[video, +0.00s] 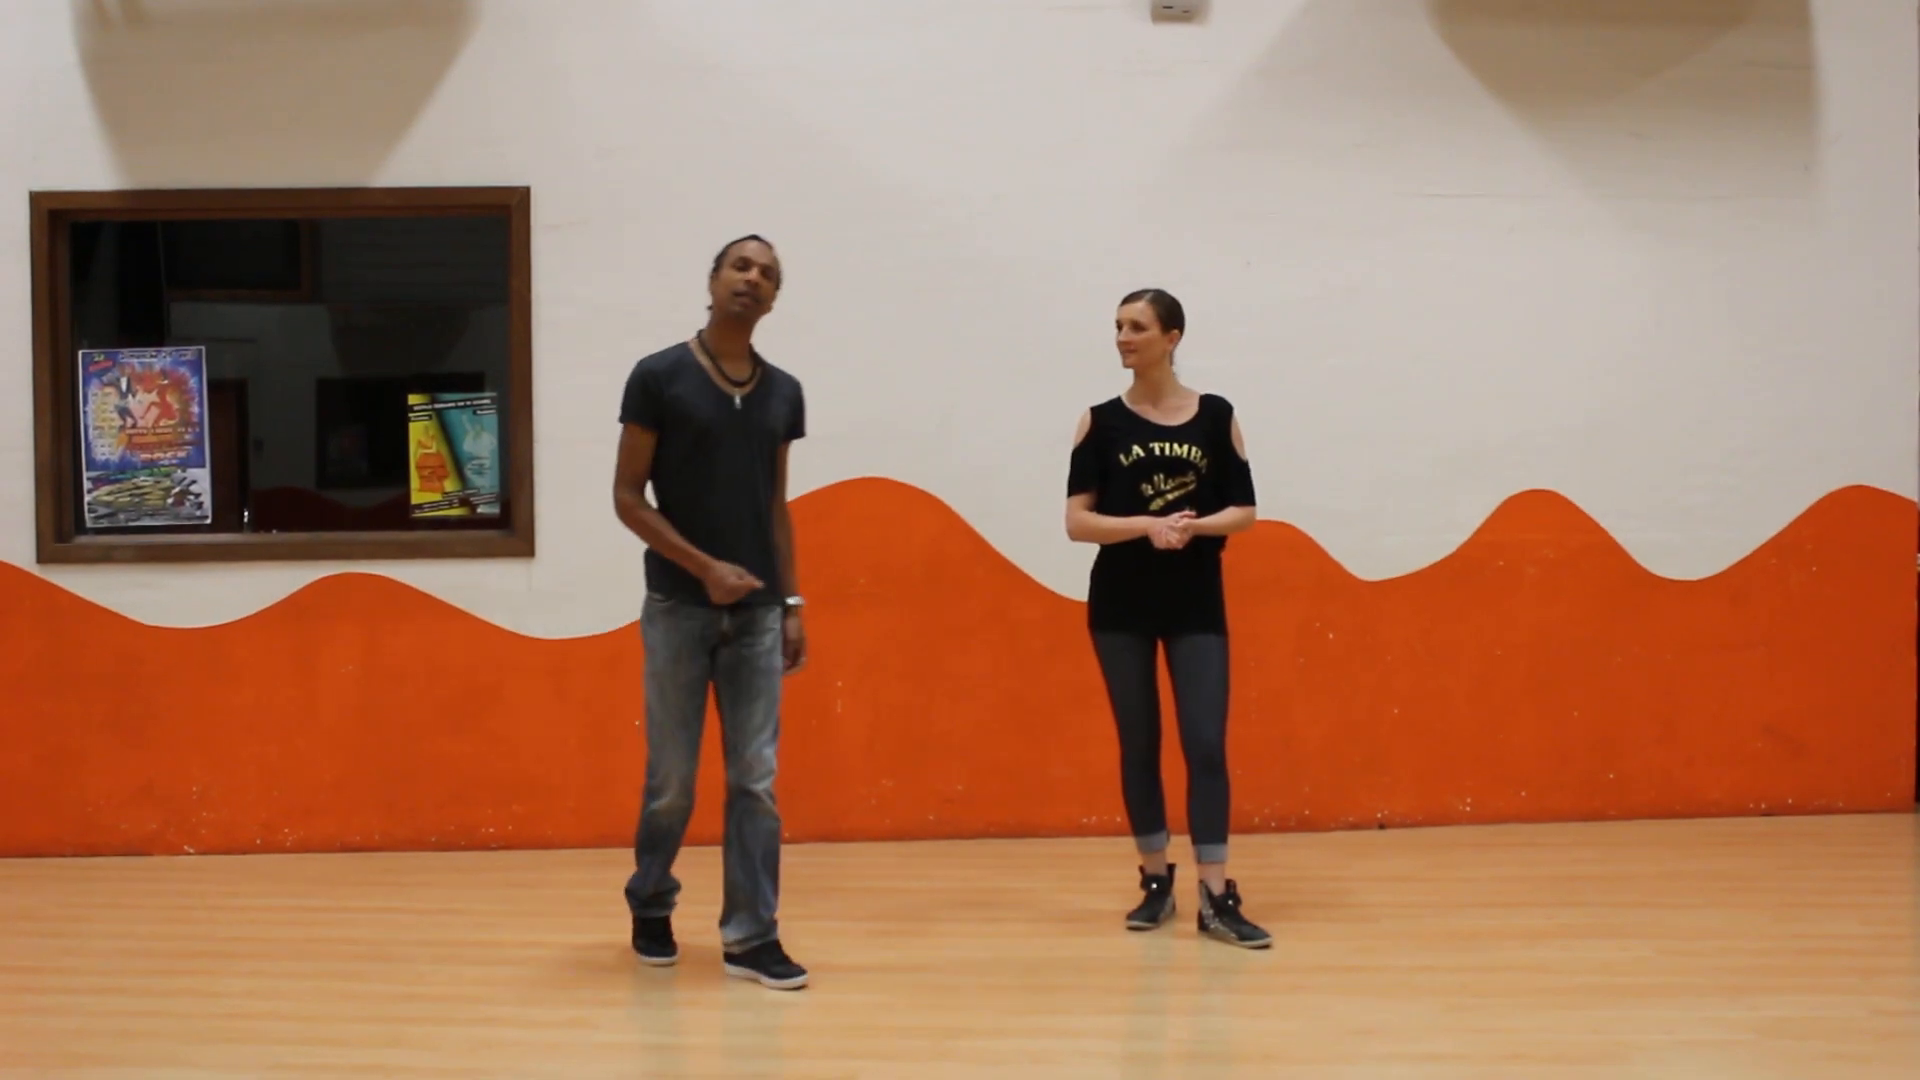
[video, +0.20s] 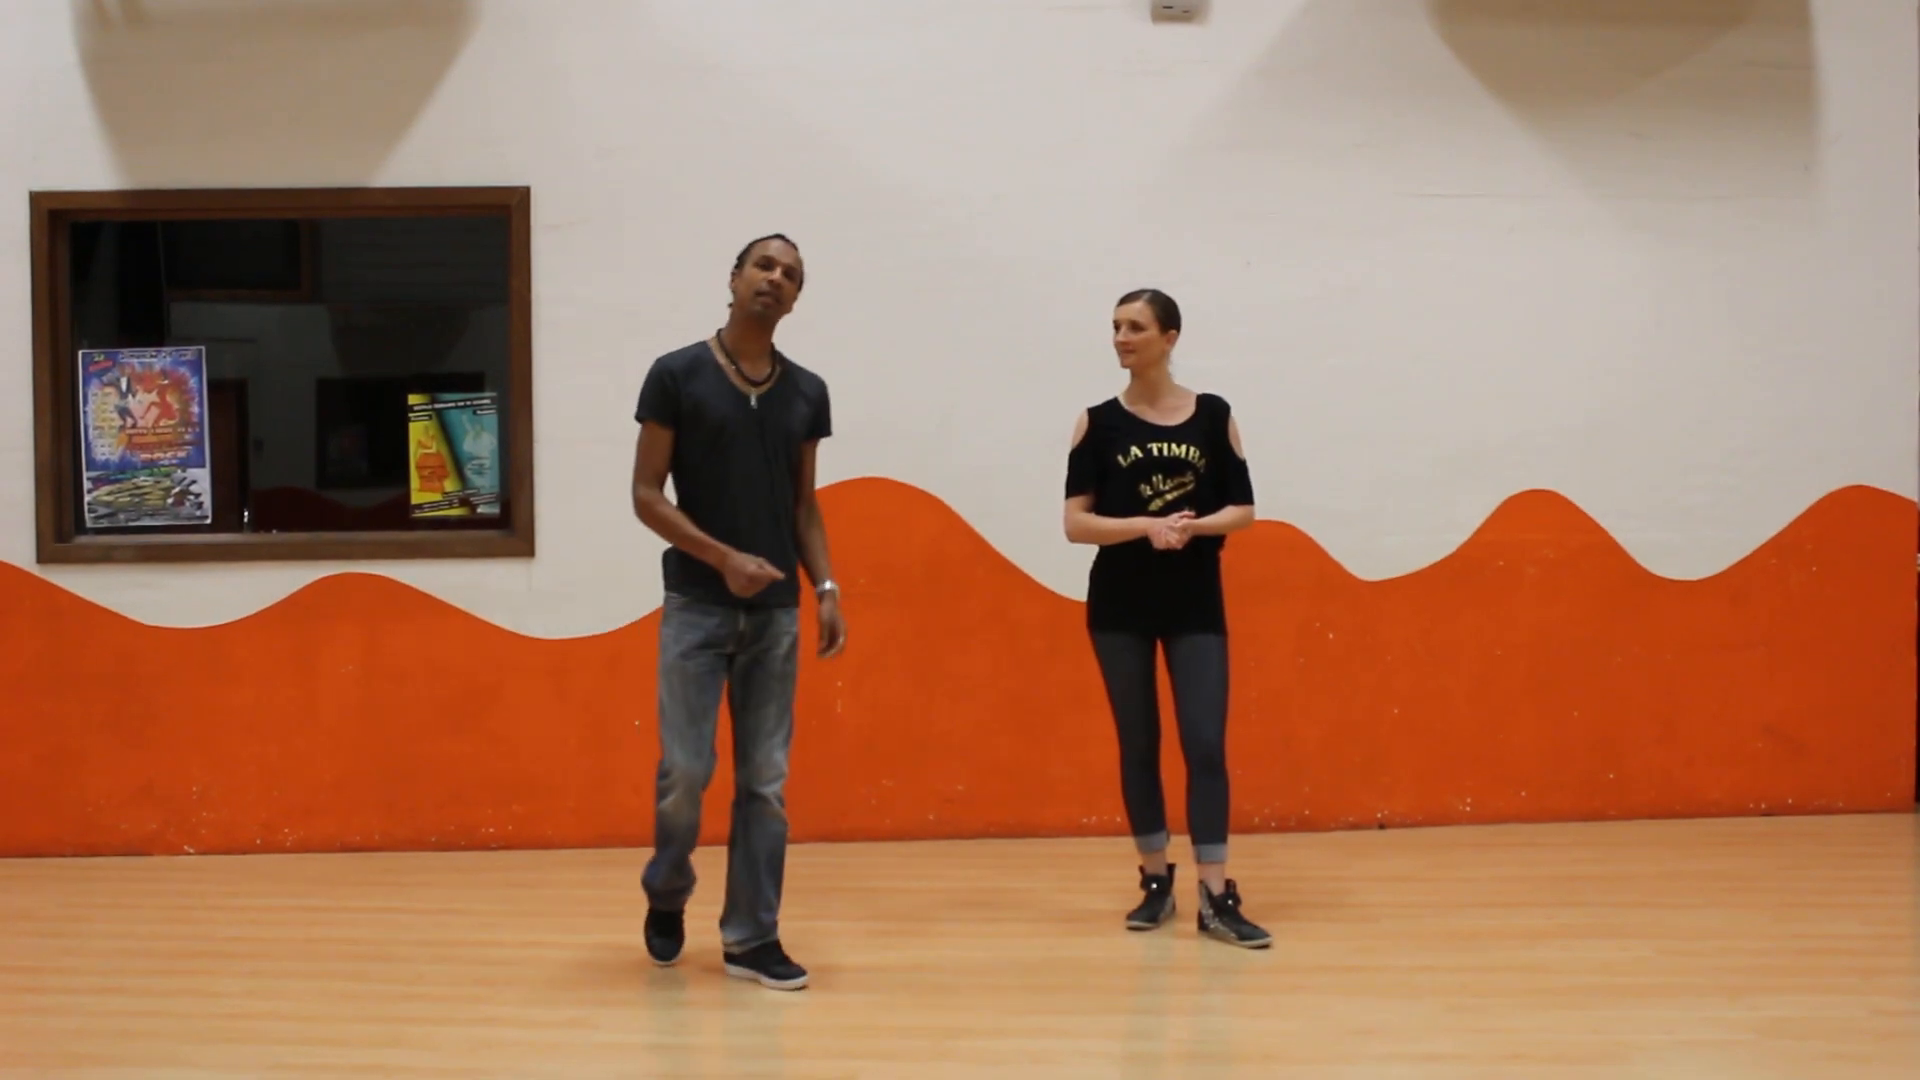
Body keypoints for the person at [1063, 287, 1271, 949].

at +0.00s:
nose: (1122, 338)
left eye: (1136, 328)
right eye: (1119, 328)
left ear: (1172, 337)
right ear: (1118, 337)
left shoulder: (1215, 415)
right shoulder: (1099, 422)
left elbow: (1243, 511)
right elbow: (1078, 521)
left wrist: (1198, 524)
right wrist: (1142, 525)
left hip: (1195, 603)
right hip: (1120, 603)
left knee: (1206, 748)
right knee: (1139, 745)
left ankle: (1216, 896)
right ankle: (1157, 883)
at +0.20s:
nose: (1121, 339)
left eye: (1134, 328)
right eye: (1117, 329)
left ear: (1169, 337)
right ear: (1114, 338)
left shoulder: (1212, 415)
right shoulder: (1096, 423)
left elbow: (1242, 510)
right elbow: (1076, 523)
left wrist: (1197, 524)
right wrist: (1142, 525)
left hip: (1194, 603)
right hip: (1120, 604)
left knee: (1205, 747)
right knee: (1138, 745)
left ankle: (1216, 896)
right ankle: (1157, 883)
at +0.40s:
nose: (1121, 339)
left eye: (1134, 328)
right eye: (1116, 329)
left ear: (1168, 336)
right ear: (1112, 338)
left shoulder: (1210, 414)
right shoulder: (1095, 423)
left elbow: (1242, 509)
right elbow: (1074, 523)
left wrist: (1196, 524)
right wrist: (1139, 525)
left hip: (1193, 602)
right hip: (1119, 603)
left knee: (1205, 747)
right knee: (1138, 746)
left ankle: (1216, 896)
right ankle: (1157, 883)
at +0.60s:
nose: (1123, 337)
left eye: (1136, 327)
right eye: (1117, 328)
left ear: (1169, 336)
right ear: (1111, 338)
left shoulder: (1209, 413)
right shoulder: (1093, 422)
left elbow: (1243, 508)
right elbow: (1073, 522)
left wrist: (1195, 525)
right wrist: (1135, 524)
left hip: (1193, 602)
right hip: (1118, 604)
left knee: (1205, 748)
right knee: (1138, 745)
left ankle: (1215, 896)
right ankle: (1156, 883)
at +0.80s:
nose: (1136, 335)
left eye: (1148, 325)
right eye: (1126, 325)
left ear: (1172, 336)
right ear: (1113, 338)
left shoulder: (1208, 412)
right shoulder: (1092, 422)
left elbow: (1243, 506)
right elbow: (1072, 522)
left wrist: (1196, 522)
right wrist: (1134, 520)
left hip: (1192, 602)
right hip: (1118, 604)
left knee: (1204, 747)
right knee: (1138, 746)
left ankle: (1215, 896)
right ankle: (1157, 884)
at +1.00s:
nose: (1142, 335)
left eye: (1153, 325)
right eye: (1131, 326)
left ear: (1172, 337)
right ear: (1114, 339)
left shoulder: (1208, 412)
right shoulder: (1092, 424)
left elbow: (1243, 506)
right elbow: (1073, 523)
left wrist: (1193, 521)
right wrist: (1135, 518)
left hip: (1192, 602)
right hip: (1118, 604)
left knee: (1205, 748)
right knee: (1138, 746)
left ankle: (1215, 896)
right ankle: (1156, 883)